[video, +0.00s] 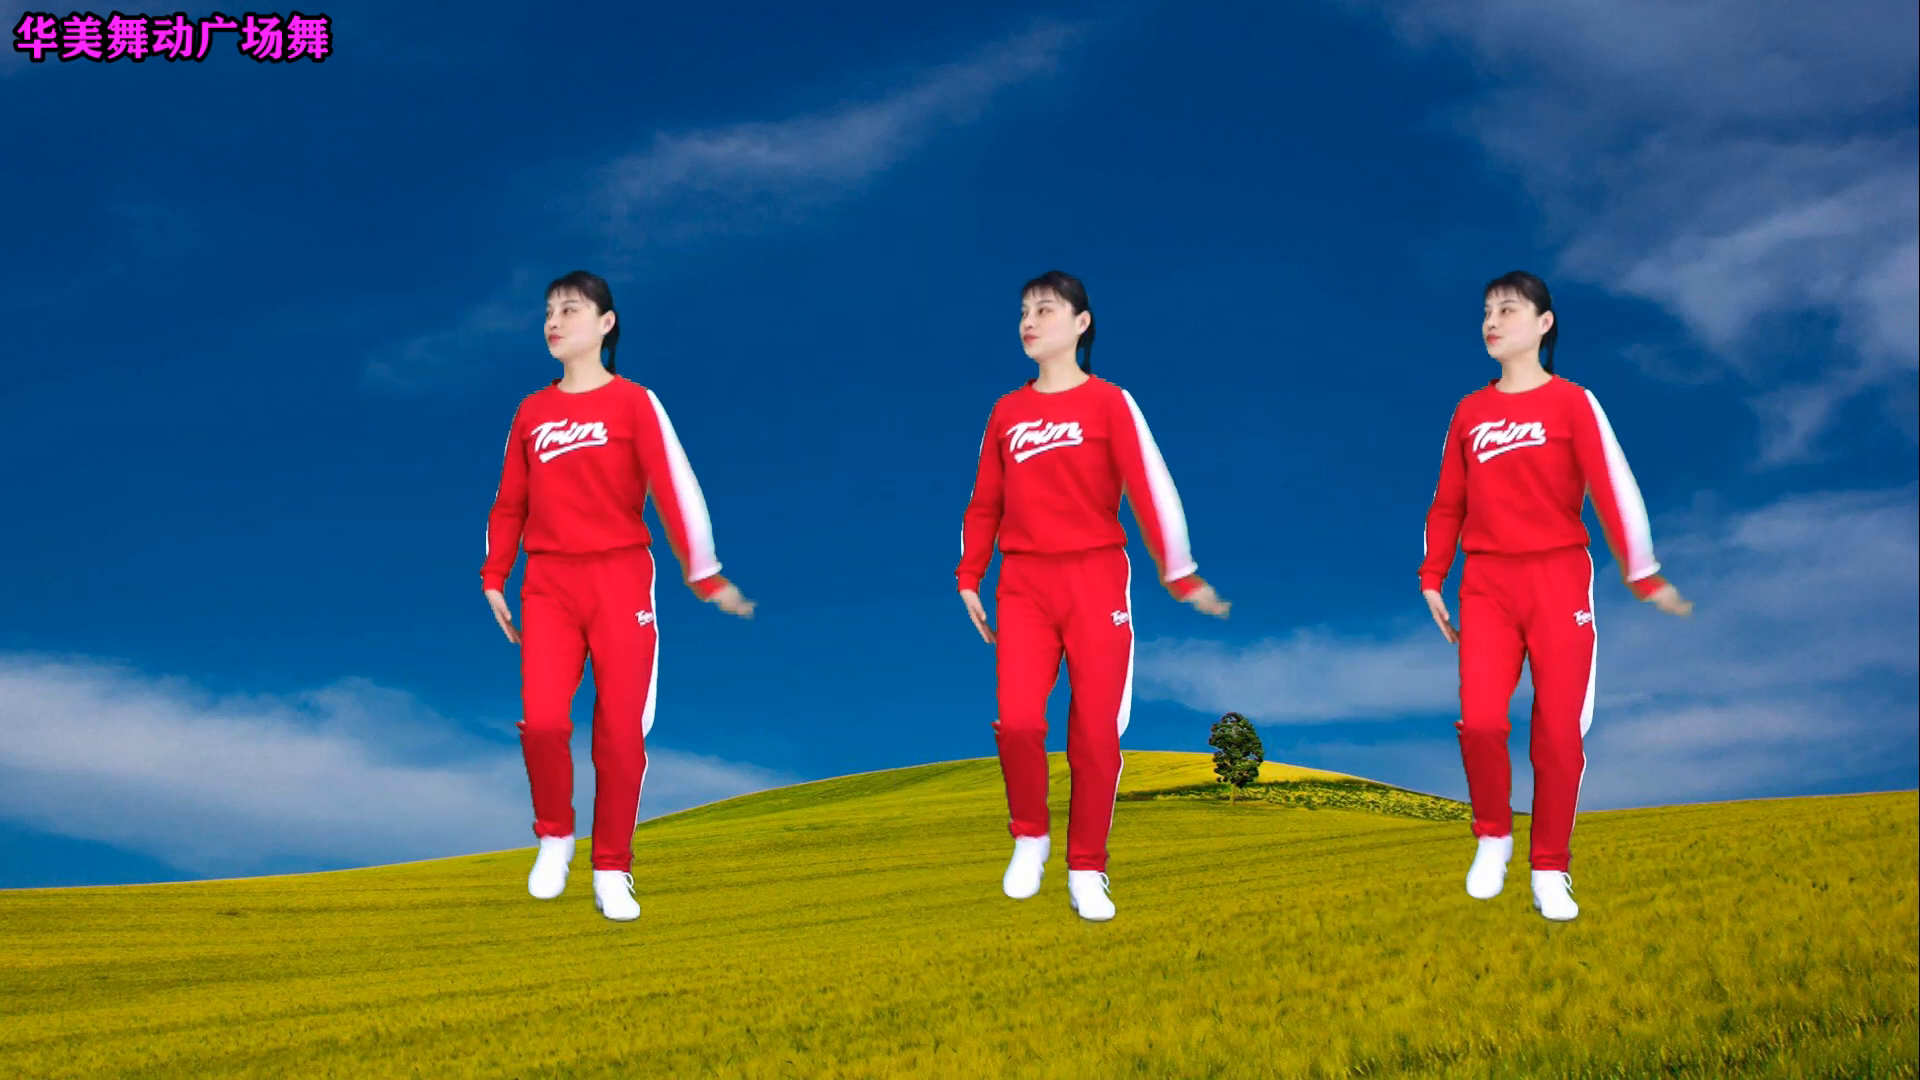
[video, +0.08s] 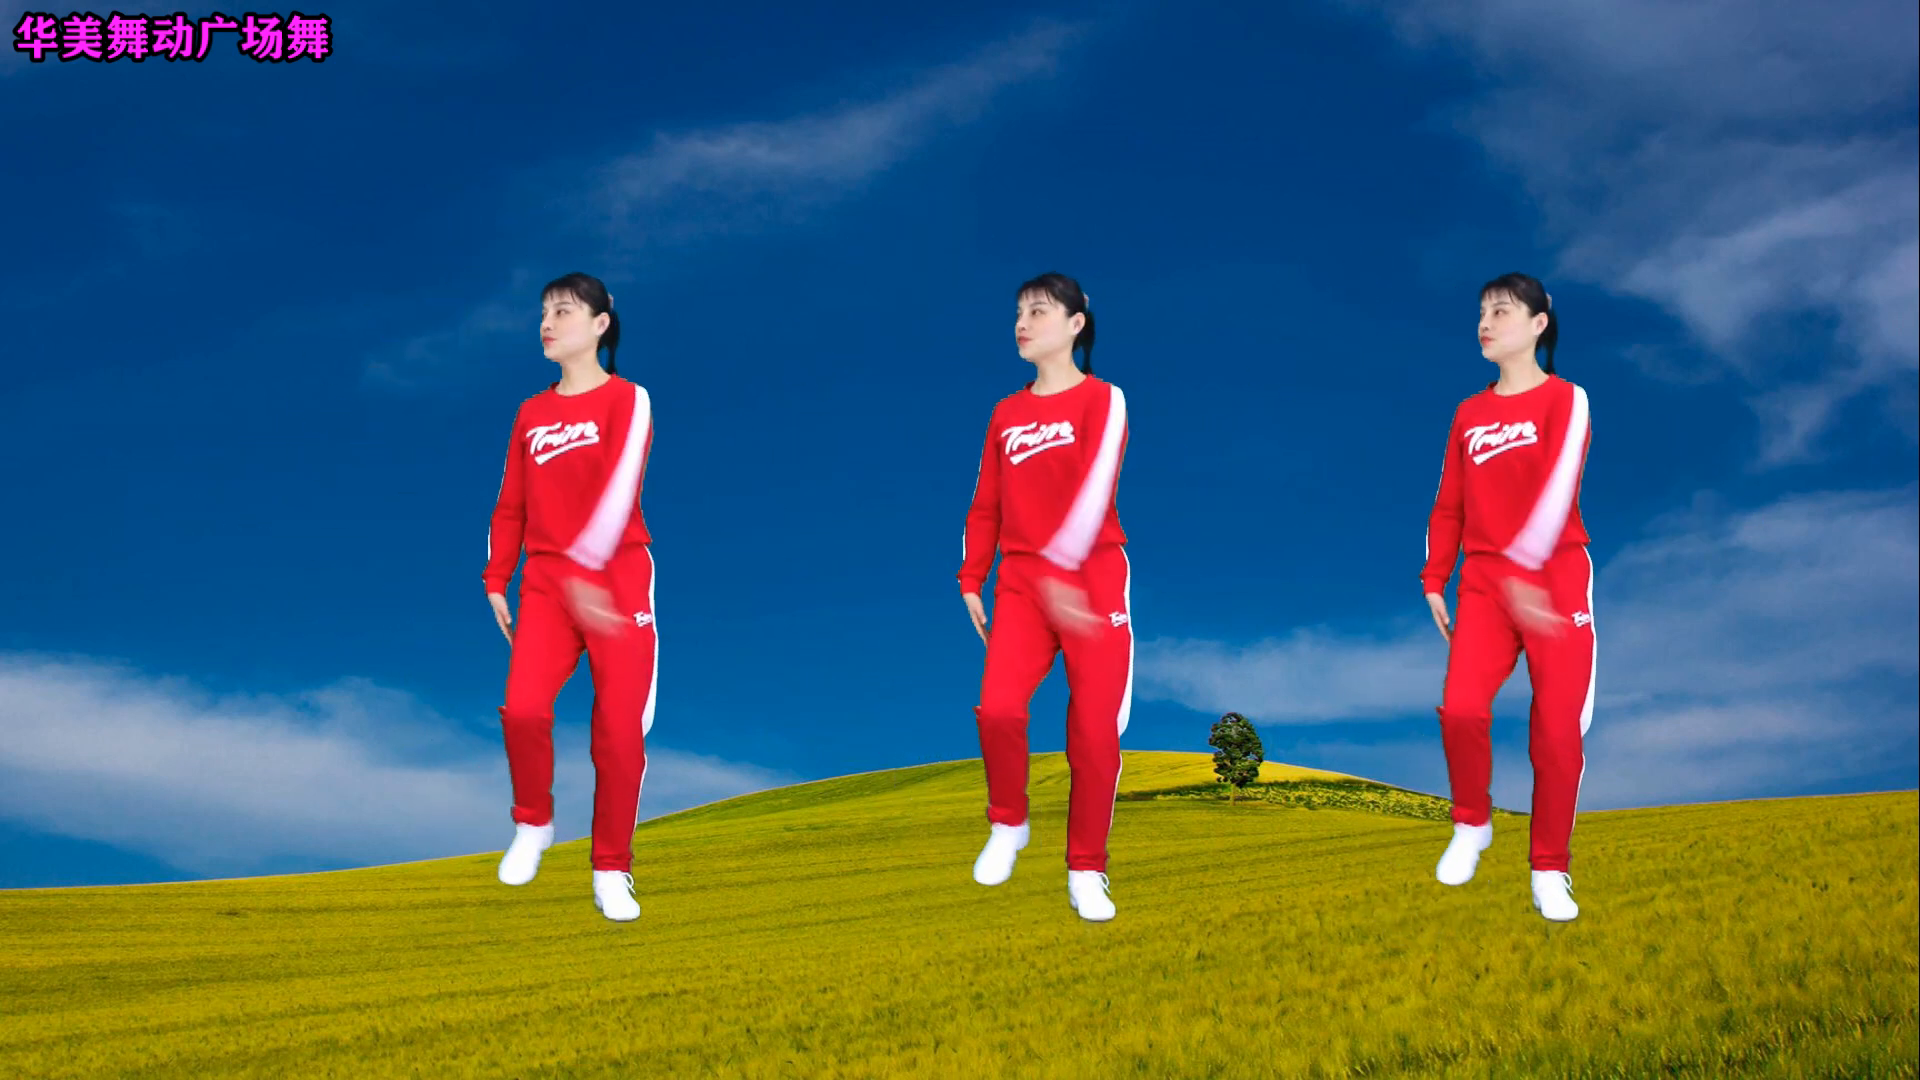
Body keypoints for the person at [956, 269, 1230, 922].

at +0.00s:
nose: (1029, 322)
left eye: (1044, 311)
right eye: (1025, 313)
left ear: (1080, 324)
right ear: (1022, 330)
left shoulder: (1109, 402)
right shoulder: (1007, 412)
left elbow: (1150, 486)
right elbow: (985, 502)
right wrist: (968, 575)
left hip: (1097, 579)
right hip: (1023, 582)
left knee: (1096, 729)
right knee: (1016, 721)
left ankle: (1087, 867)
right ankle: (1031, 835)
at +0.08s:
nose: (1023, 323)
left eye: (1038, 312)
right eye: (1020, 315)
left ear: (1075, 324)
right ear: (1019, 331)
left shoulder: (1103, 398)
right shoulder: (1007, 413)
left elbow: (1097, 488)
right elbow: (986, 503)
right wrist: (971, 578)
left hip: (1095, 576)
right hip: (1024, 578)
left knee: (1095, 728)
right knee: (997, 709)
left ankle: (1087, 866)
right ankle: (1007, 820)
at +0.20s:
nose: (1011, 306)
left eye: (1026, 294)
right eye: (1008, 297)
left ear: (1066, 304)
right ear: (1009, 313)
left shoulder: (1095, 369)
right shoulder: (993, 393)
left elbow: (1031, 386)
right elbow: (979, 484)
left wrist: (943, 406)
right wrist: (967, 561)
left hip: (1080, 558)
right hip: (1006, 561)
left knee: (1085, 719)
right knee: (967, 699)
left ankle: (1089, 862)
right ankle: (959, 828)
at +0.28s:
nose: (1004, 293)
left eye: (1019, 282)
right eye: (1000, 286)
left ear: (1057, 294)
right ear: (999, 299)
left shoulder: (1084, 358)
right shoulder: (986, 386)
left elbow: (1025, 331)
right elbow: (967, 476)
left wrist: (943, 316)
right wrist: (956, 554)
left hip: (1066, 552)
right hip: (994, 555)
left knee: (1078, 713)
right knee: (952, 704)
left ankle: (1091, 860)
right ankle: (924, 844)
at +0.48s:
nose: (969, 312)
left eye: (984, 302)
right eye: (966, 306)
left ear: (1020, 316)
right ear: (963, 324)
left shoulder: (1039, 385)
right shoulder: (941, 400)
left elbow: (1043, 306)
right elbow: (916, 492)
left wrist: (1007, 229)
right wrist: (906, 574)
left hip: (1014, 567)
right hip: (939, 572)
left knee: (1050, 724)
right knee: (917, 736)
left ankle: (1085, 862)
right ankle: (899, 866)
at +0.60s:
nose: (949, 313)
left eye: (965, 304)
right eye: (944, 305)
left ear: (999, 317)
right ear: (937, 320)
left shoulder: (1013, 387)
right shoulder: (911, 392)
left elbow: (1055, 341)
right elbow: (880, 481)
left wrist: (1059, 253)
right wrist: (871, 560)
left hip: (974, 563)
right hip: (904, 568)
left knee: (1004, 722)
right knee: (896, 734)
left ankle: (1060, 850)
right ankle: (898, 865)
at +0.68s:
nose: (944, 317)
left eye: (959, 308)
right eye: (936, 309)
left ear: (984, 323)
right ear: (925, 323)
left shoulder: (1002, 394)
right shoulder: (897, 398)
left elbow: (1057, 380)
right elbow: (864, 483)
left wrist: (1089, 312)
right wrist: (846, 559)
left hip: (962, 570)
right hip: (891, 569)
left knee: (955, 719)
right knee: (886, 730)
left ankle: (1016, 823)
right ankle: (898, 865)